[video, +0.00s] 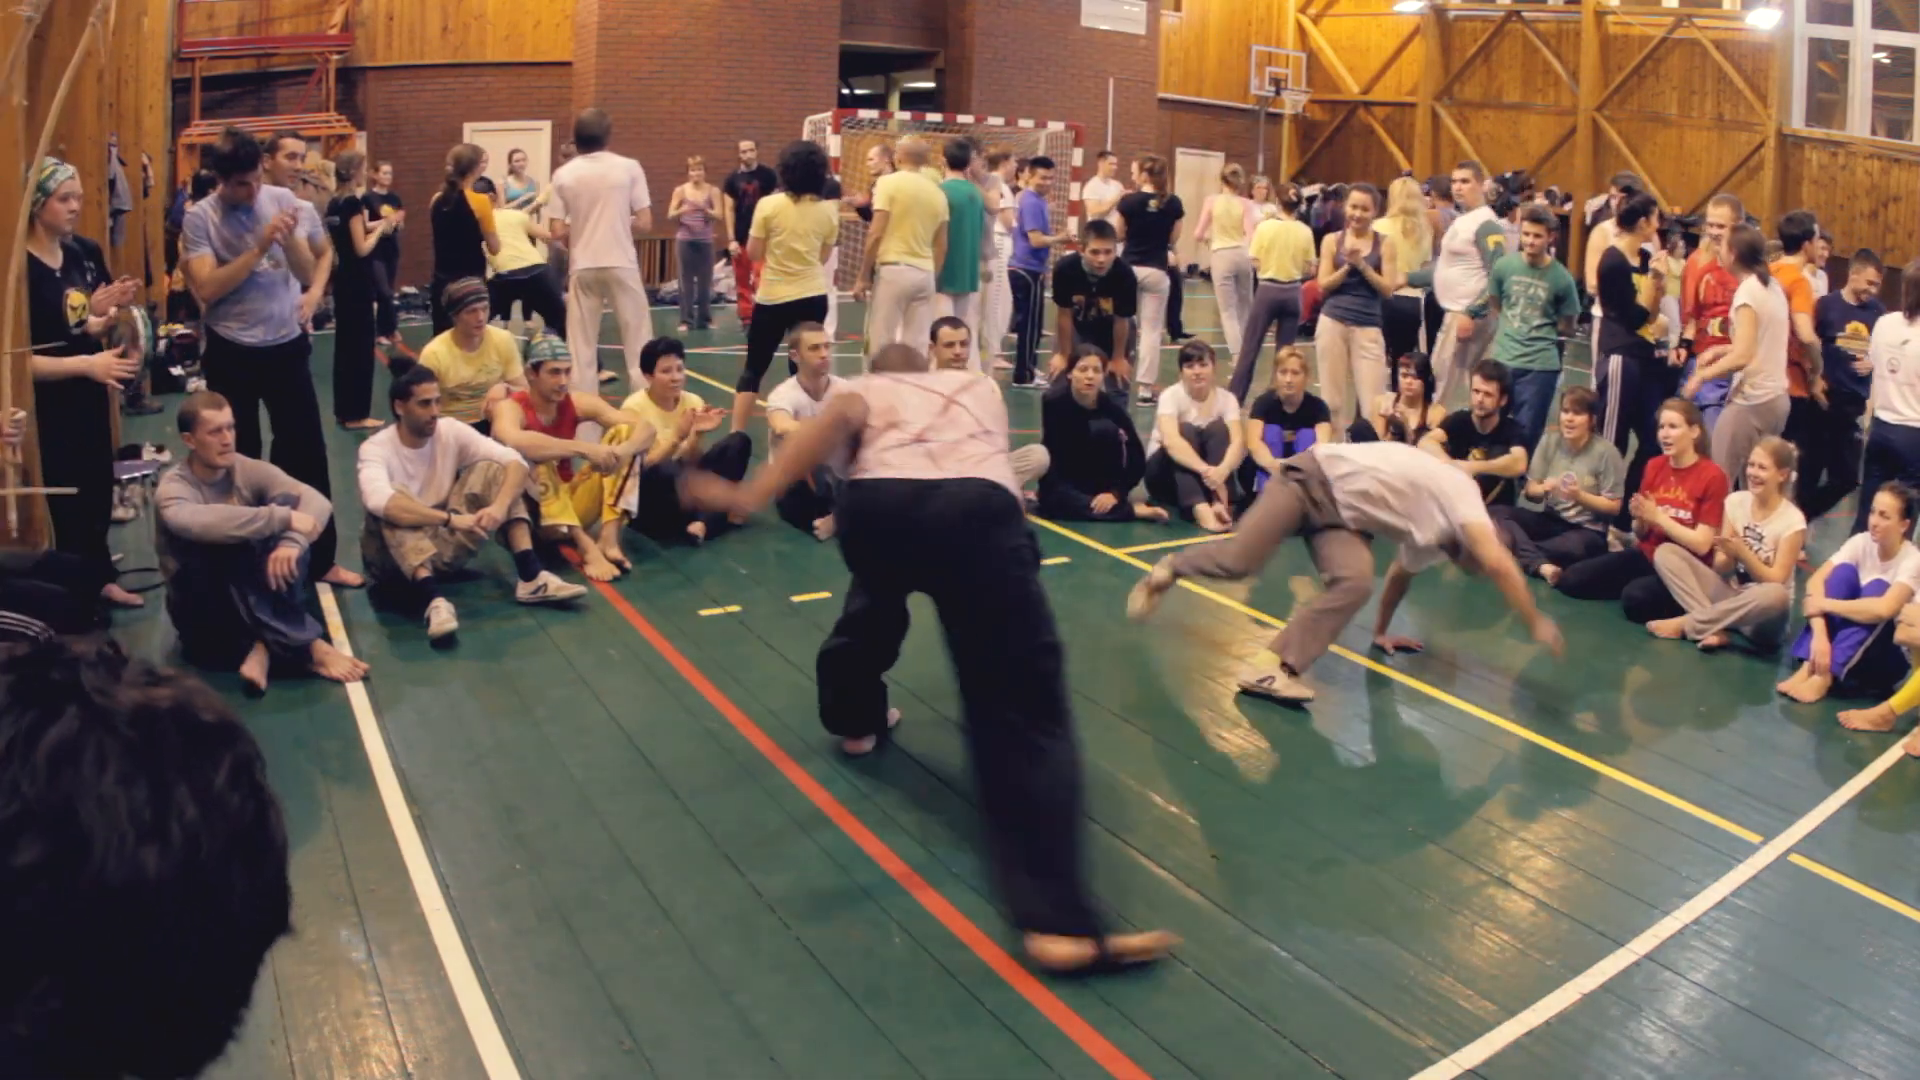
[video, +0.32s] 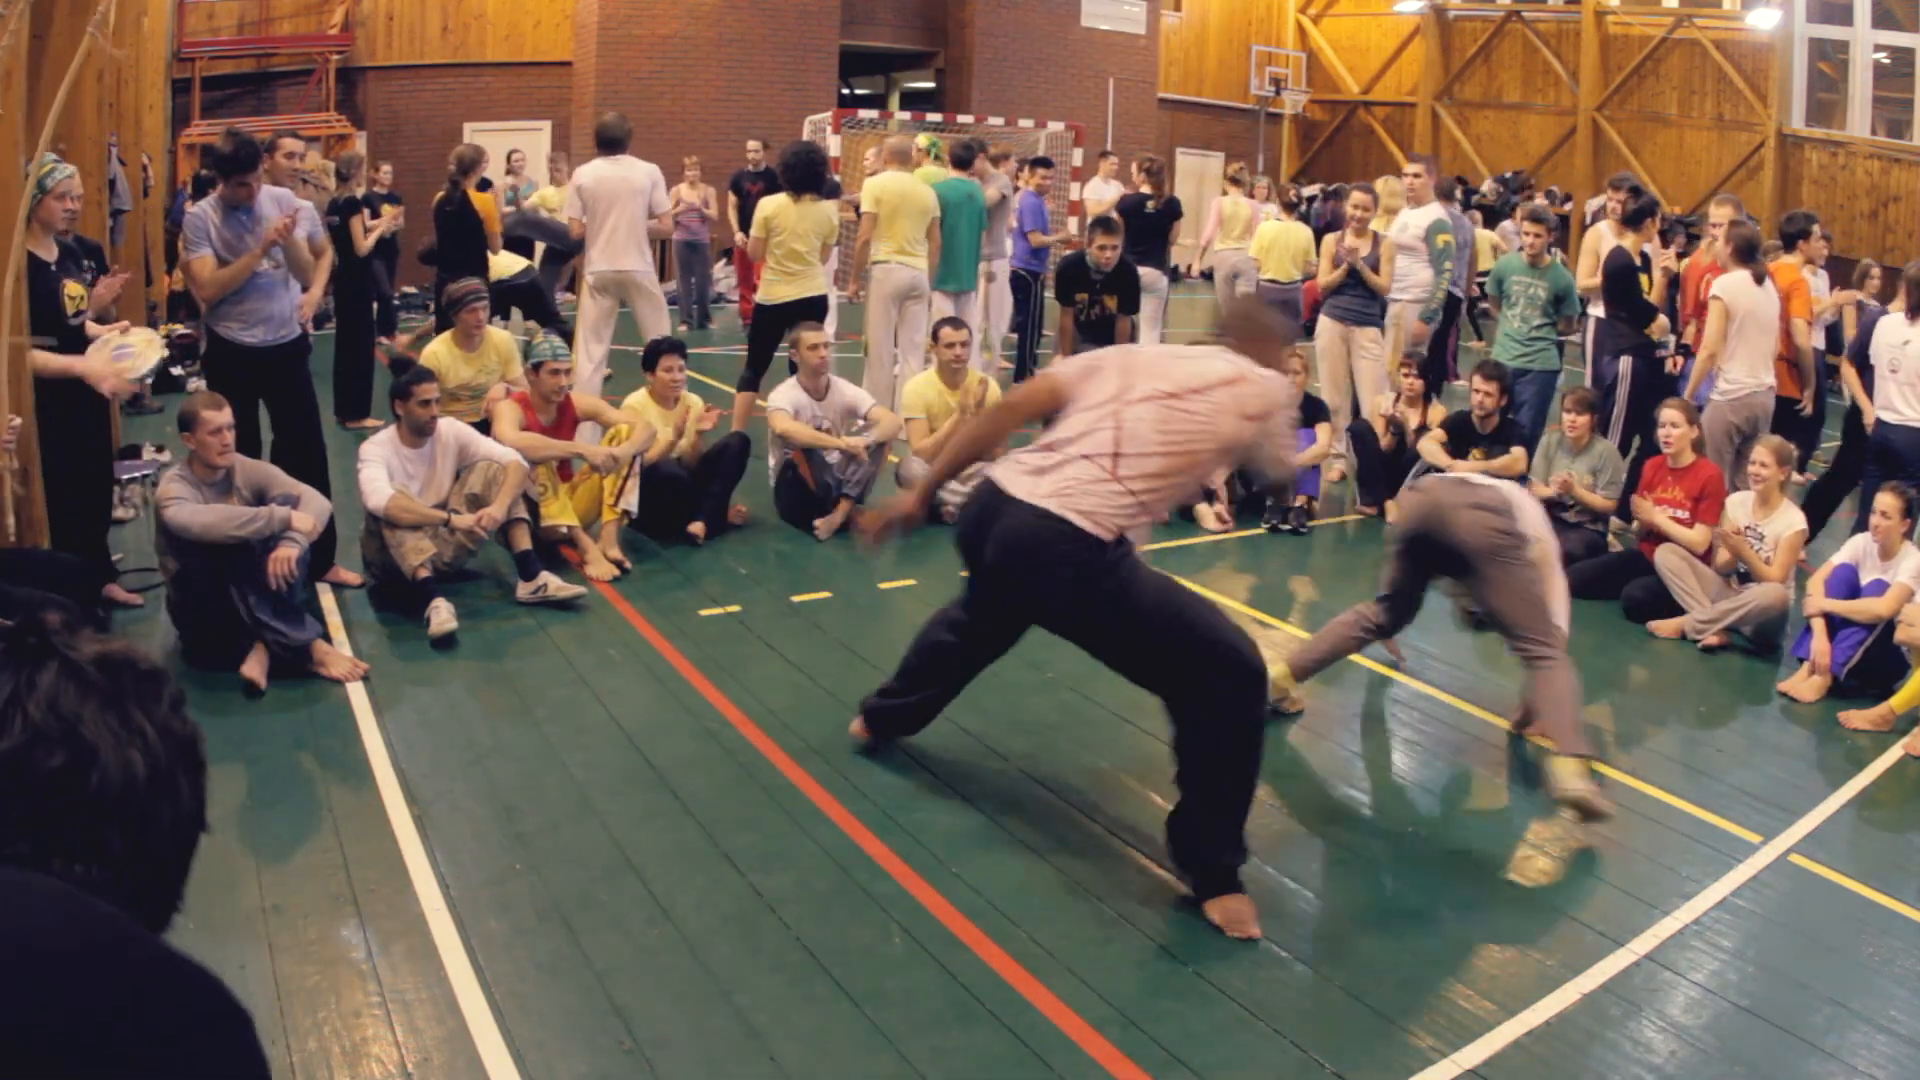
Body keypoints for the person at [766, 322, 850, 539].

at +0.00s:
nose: (824, 355)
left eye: (827, 347)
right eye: (814, 349)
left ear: (831, 349)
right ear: (795, 355)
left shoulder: (845, 389)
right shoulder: (782, 395)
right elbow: (784, 430)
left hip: (842, 473)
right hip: (802, 474)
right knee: (794, 502)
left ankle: (838, 519)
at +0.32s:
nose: (823, 355)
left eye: (826, 347)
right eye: (813, 348)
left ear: (831, 349)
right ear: (794, 354)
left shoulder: (842, 388)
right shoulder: (783, 394)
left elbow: (892, 421)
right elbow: (783, 428)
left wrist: (866, 440)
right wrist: (840, 444)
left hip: (839, 491)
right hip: (798, 494)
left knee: (879, 437)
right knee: (804, 448)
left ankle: (840, 512)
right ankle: (850, 512)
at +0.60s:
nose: (823, 354)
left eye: (825, 347)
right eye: (813, 348)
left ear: (830, 348)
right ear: (794, 354)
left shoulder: (842, 388)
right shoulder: (783, 394)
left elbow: (892, 420)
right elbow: (783, 428)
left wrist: (866, 439)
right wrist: (840, 444)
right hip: (798, 494)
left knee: (881, 435)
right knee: (803, 448)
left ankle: (840, 512)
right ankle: (850, 511)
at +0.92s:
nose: (821, 355)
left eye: (824, 347)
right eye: (811, 349)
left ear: (829, 348)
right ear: (793, 355)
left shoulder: (841, 389)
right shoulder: (782, 395)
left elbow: (892, 421)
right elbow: (782, 428)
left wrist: (866, 439)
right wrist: (840, 443)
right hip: (797, 494)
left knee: (879, 436)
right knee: (804, 448)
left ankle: (840, 512)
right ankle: (850, 512)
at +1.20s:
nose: (821, 355)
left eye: (824, 347)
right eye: (811, 348)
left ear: (829, 348)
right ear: (793, 355)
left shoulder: (840, 388)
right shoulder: (782, 394)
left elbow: (891, 421)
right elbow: (782, 429)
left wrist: (866, 438)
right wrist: (840, 443)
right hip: (797, 495)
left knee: (879, 438)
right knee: (804, 452)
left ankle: (840, 512)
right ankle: (850, 512)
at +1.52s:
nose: (823, 354)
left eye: (826, 346)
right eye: (813, 347)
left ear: (831, 348)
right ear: (793, 354)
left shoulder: (841, 388)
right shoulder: (783, 394)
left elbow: (892, 421)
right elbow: (784, 430)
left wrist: (868, 437)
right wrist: (842, 443)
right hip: (796, 498)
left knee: (878, 435)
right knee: (806, 451)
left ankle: (840, 512)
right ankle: (850, 511)